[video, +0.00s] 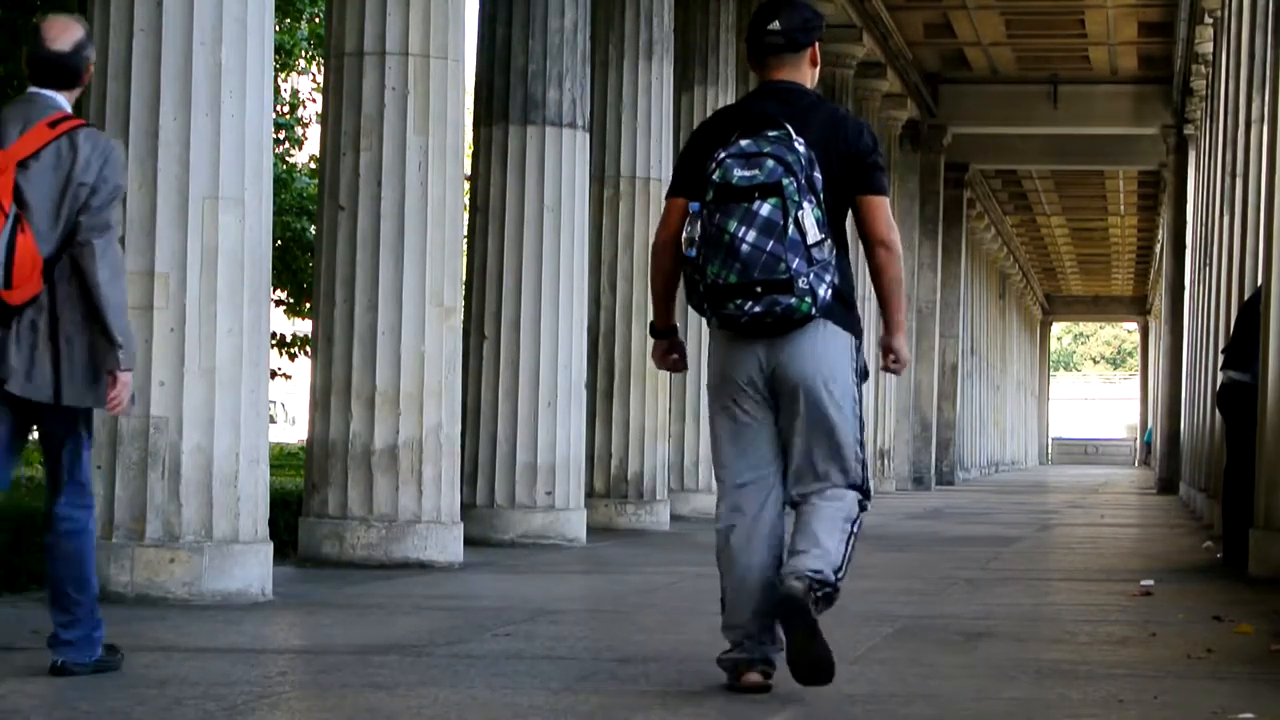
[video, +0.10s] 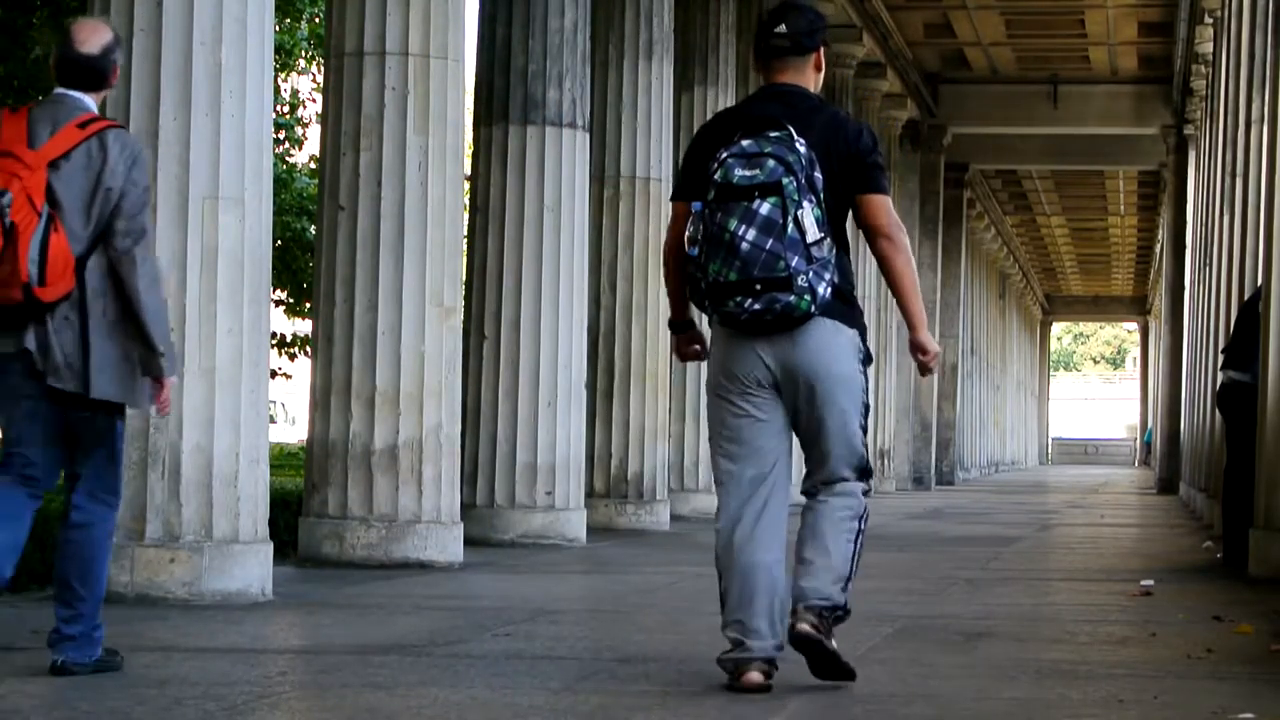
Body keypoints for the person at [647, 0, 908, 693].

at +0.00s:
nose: (820, 62)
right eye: (820, 52)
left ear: (753, 57)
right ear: (815, 54)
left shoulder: (711, 132)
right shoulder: (844, 131)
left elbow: (668, 236)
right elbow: (881, 239)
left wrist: (664, 323)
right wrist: (896, 327)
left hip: (733, 336)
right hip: (816, 333)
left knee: (746, 492)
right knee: (831, 482)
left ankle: (748, 658)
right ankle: (804, 583)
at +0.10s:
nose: (825, 68)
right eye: (826, 59)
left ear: (759, 60)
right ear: (820, 59)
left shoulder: (715, 131)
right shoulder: (846, 133)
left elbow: (678, 240)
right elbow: (884, 232)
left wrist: (681, 317)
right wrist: (920, 328)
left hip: (736, 334)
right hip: (822, 329)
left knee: (747, 491)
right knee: (838, 478)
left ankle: (750, 653)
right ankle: (815, 611)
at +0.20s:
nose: (834, 80)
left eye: (823, 70)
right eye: (834, 71)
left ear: (767, 72)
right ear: (825, 72)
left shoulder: (722, 139)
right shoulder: (847, 141)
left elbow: (688, 247)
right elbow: (888, 231)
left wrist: (711, 319)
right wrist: (927, 324)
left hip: (741, 338)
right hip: (824, 334)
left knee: (747, 492)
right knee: (838, 489)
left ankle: (751, 651)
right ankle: (842, 641)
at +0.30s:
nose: (844, 92)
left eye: (835, 82)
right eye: (845, 83)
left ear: (779, 84)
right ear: (836, 84)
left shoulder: (732, 150)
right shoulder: (854, 151)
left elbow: (703, 253)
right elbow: (896, 241)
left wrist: (739, 316)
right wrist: (929, 336)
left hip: (746, 345)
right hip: (829, 343)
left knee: (752, 493)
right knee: (839, 493)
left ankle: (753, 647)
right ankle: (848, 633)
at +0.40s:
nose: (857, 101)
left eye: (853, 91)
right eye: (858, 92)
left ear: (793, 90)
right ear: (850, 91)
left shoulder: (749, 155)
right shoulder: (868, 161)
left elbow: (720, 256)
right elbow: (902, 255)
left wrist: (745, 324)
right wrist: (929, 350)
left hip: (759, 348)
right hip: (841, 347)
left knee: (762, 489)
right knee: (842, 496)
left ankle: (755, 628)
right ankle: (846, 639)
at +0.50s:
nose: (869, 103)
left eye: (865, 95)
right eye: (871, 95)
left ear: (808, 91)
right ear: (866, 95)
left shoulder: (761, 154)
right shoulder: (881, 163)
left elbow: (729, 253)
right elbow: (910, 262)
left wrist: (743, 327)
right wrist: (926, 350)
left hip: (773, 341)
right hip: (855, 343)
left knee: (769, 484)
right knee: (850, 492)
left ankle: (763, 588)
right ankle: (847, 638)